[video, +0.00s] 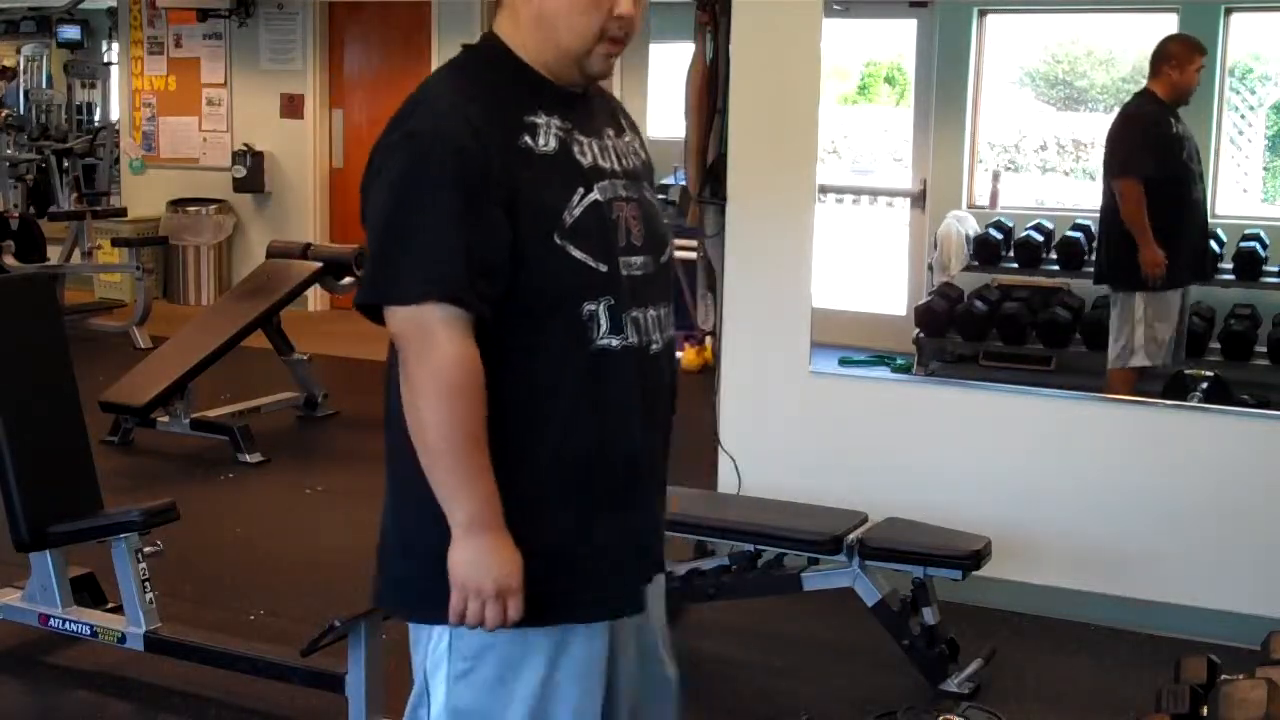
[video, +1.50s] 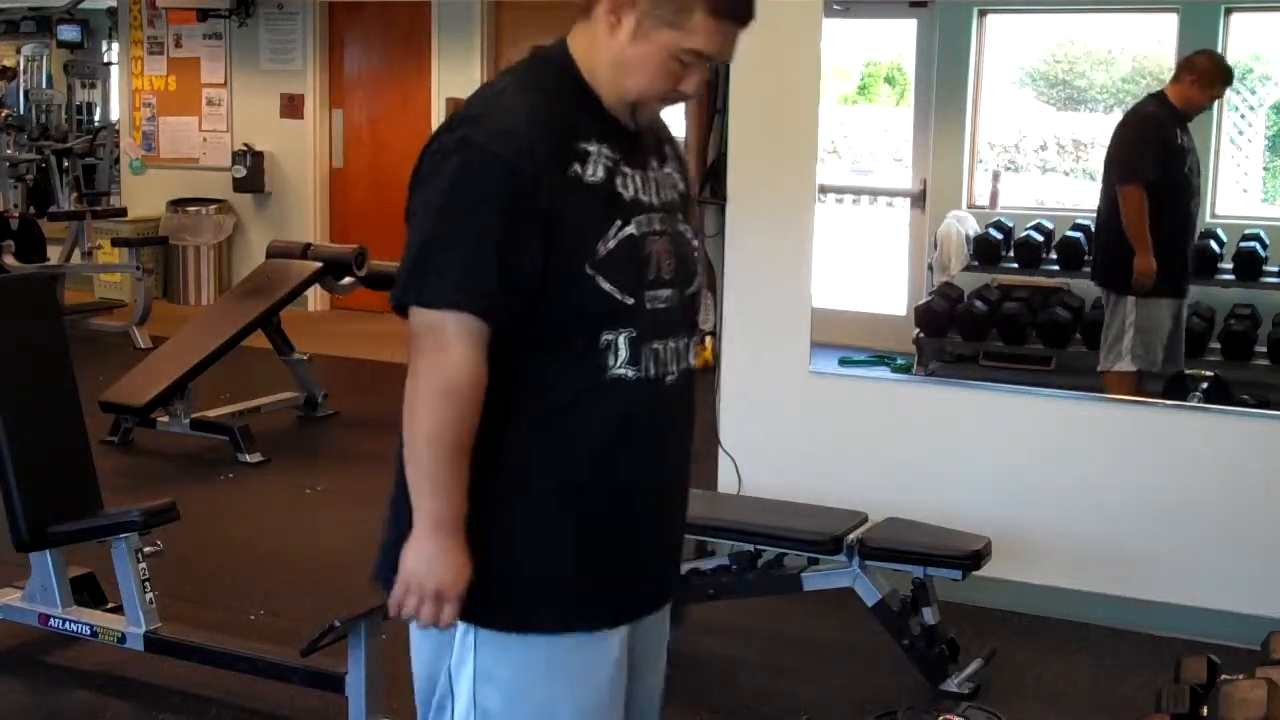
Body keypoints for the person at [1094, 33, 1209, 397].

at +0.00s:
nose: (1200, 79)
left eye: (1201, 71)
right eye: (1197, 70)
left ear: (1171, 69)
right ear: (1172, 68)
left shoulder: (1168, 118)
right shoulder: (1140, 115)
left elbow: (1169, 187)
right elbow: (1126, 184)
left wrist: (1183, 245)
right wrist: (1146, 246)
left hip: (1168, 260)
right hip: (1143, 263)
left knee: (1143, 364)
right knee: (1127, 364)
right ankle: (1113, 446)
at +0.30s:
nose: (1201, 75)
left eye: (1200, 67)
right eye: (1197, 66)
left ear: (1170, 68)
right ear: (1176, 68)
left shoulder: (1161, 115)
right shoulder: (1144, 113)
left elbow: (1154, 186)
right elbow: (1136, 187)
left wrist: (1175, 248)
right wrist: (1155, 248)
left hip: (1164, 260)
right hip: (1141, 262)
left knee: (1143, 361)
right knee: (1125, 362)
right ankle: (1116, 442)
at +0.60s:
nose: (1198, 78)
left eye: (1199, 69)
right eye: (1194, 68)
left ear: (1168, 68)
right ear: (1170, 67)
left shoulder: (1157, 115)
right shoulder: (1144, 115)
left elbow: (1152, 188)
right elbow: (1141, 188)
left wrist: (1174, 248)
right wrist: (1165, 249)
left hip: (1157, 263)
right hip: (1139, 263)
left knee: (1143, 367)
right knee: (1125, 367)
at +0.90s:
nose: (1203, 84)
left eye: (1204, 75)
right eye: (1200, 74)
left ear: (1175, 71)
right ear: (1174, 69)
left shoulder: (1166, 116)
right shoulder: (1146, 114)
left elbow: (1163, 188)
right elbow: (1136, 188)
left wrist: (1181, 250)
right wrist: (1158, 252)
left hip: (1161, 267)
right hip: (1139, 267)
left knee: (1146, 368)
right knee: (1126, 369)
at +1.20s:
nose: (1207, 98)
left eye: (1211, 90)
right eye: (1207, 88)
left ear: (1183, 77)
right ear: (1182, 75)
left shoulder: (1175, 124)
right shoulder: (1145, 119)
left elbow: (1177, 194)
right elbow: (1132, 188)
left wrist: (1189, 253)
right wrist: (1149, 250)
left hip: (1169, 267)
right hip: (1141, 267)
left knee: (1159, 368)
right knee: (1136, 367)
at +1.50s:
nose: (1211, 104)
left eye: (1215, 98)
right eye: (1212, 95)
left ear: (1191, 81)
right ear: (1191, 80)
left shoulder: (1177, 126)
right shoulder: (1146, 120)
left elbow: (1172, 195)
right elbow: (1129, 188)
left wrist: (1176, 256)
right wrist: (1143, 253)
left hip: (1166, 270)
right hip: (1138, 270)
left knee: (1154, 374)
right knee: (1123, 371)